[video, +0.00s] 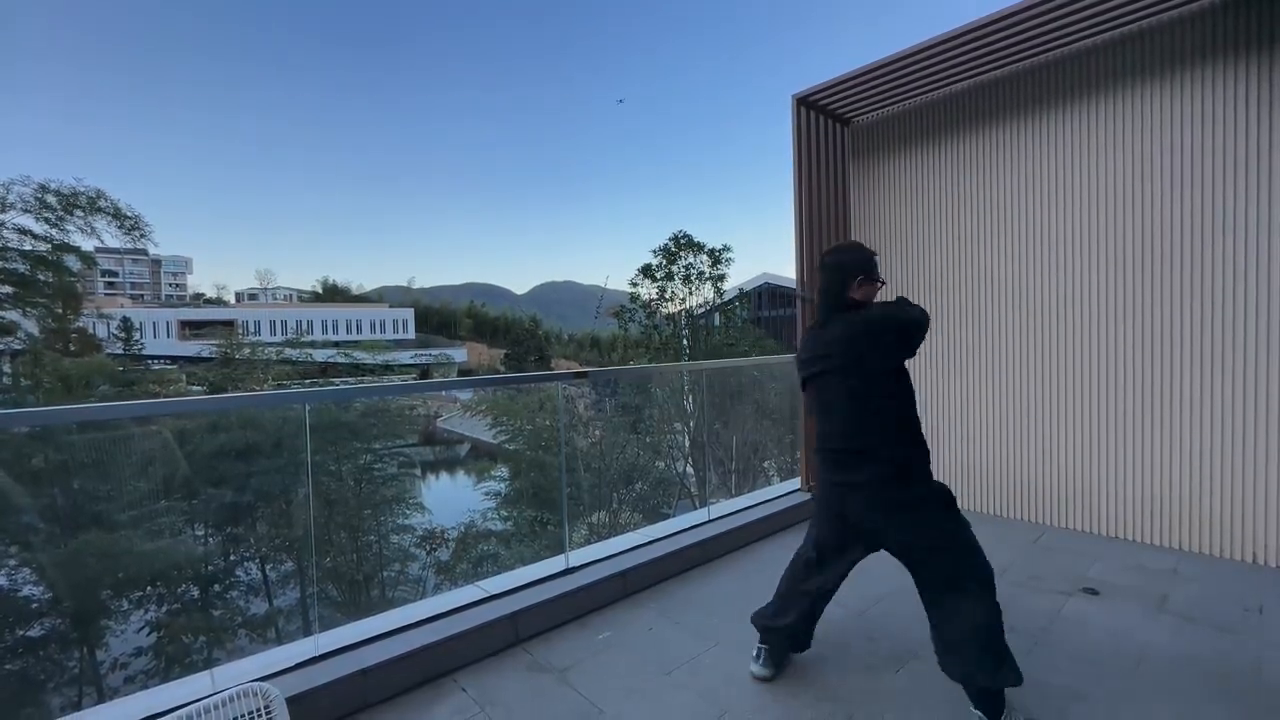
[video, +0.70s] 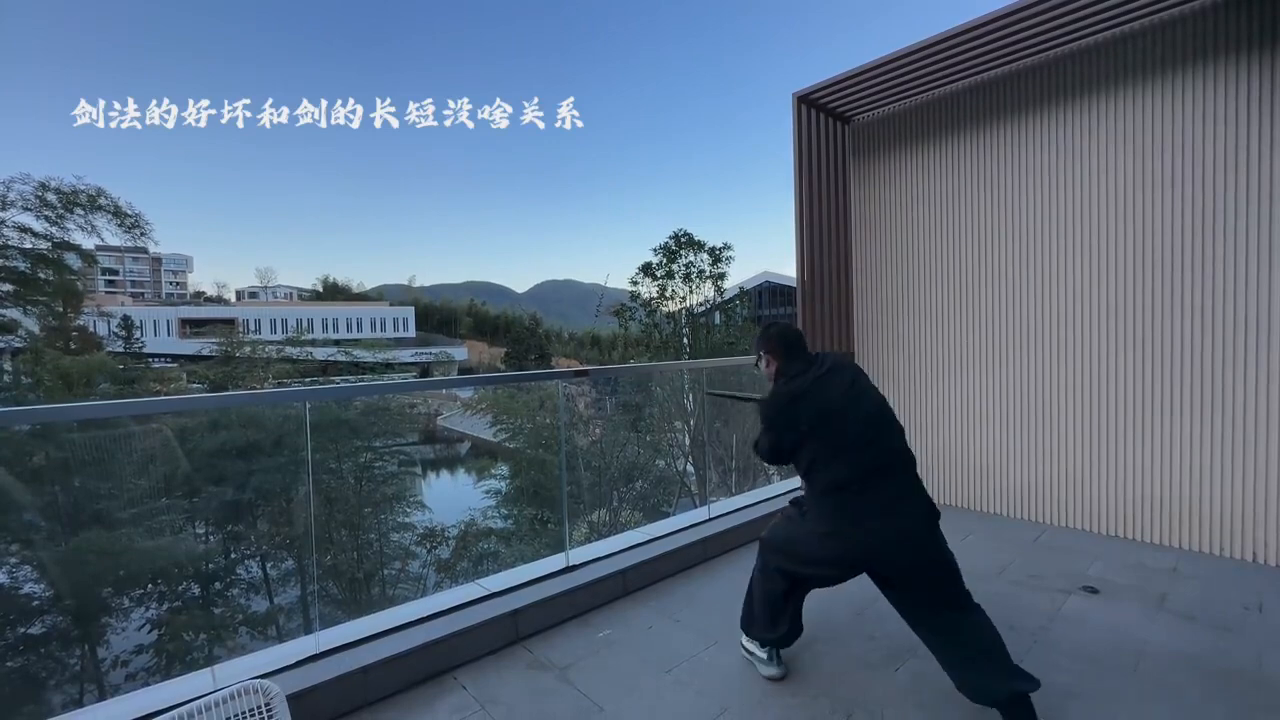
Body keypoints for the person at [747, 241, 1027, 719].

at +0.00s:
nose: (876, 289)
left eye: (874, 280)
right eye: (867, 281)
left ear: (828, 289)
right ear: (847, 288)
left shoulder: (811, 344)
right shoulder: (876, 327)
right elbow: (915, 319)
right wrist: (886, 302)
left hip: (839, 495)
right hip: (903, 491)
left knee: (813, 565)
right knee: (963, 579)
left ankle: (771, 644)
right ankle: (986, 693)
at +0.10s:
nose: (875, 293)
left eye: (874, 284)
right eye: (869, 285)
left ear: (834, 293)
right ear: (840, 291)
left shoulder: (817, 340)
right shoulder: (857, 340)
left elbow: (896, 354)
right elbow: (921, 356)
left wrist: (953, 323)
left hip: (834, 492)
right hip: (878, 494)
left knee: (816, 574)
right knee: (961, 580)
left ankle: (761, 646)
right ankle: (988, 701)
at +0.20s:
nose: (884, 304)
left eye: (883, 295)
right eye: (876, 296)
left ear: (847, 300)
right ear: (844, 300)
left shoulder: (858, 342)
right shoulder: (829, 357)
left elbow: (903, 373)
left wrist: (945, 358)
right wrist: (945, 383)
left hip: (849, 497)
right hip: (855, 504)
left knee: (826, 584)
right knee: (944, 587)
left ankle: (765, 646)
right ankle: (991, 704)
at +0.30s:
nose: (908, 307)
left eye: (908, 299)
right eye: (902, 299)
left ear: (877, 303)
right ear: (875, 301)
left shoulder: (897, 354)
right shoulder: (823, 364)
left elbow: (949, 412)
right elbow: (823, 437)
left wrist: (938, 429)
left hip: (871, 496)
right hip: (849, 501)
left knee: (829, 584)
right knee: (946, 586)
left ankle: (768, 643)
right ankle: (991, 704)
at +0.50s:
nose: (910, 325)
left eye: (908, 317)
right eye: (909, 317)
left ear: (863, 315)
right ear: (903, 319)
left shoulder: (847, 357)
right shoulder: (881, 357)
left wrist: (911, 440)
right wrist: (904, 439)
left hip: (811, 498)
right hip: (867, 504)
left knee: (812, 560)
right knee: (956, 582)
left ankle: (773, 643)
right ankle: (991, 702)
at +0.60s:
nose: (795, 346)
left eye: (795, 339)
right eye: (795, 339)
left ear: (803, 339)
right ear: (840, 332)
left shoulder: (795, 383)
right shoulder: (886, 356)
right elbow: (956, 375)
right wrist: (912, 411)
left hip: (819, 515)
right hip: (895, 511)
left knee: (786, 559)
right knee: (953, 589)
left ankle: (768, 644)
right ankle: (990, 705)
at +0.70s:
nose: (762, 372)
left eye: (761, 363)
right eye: (759, 364)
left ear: (772, 360)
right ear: (802, 349)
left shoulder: (784, 400)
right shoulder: (844, 368)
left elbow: (772, 452)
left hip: (846, 526)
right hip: (908, 517)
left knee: (778, 547)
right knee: (953, 608)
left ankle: (763, 643)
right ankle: (1015, 702)